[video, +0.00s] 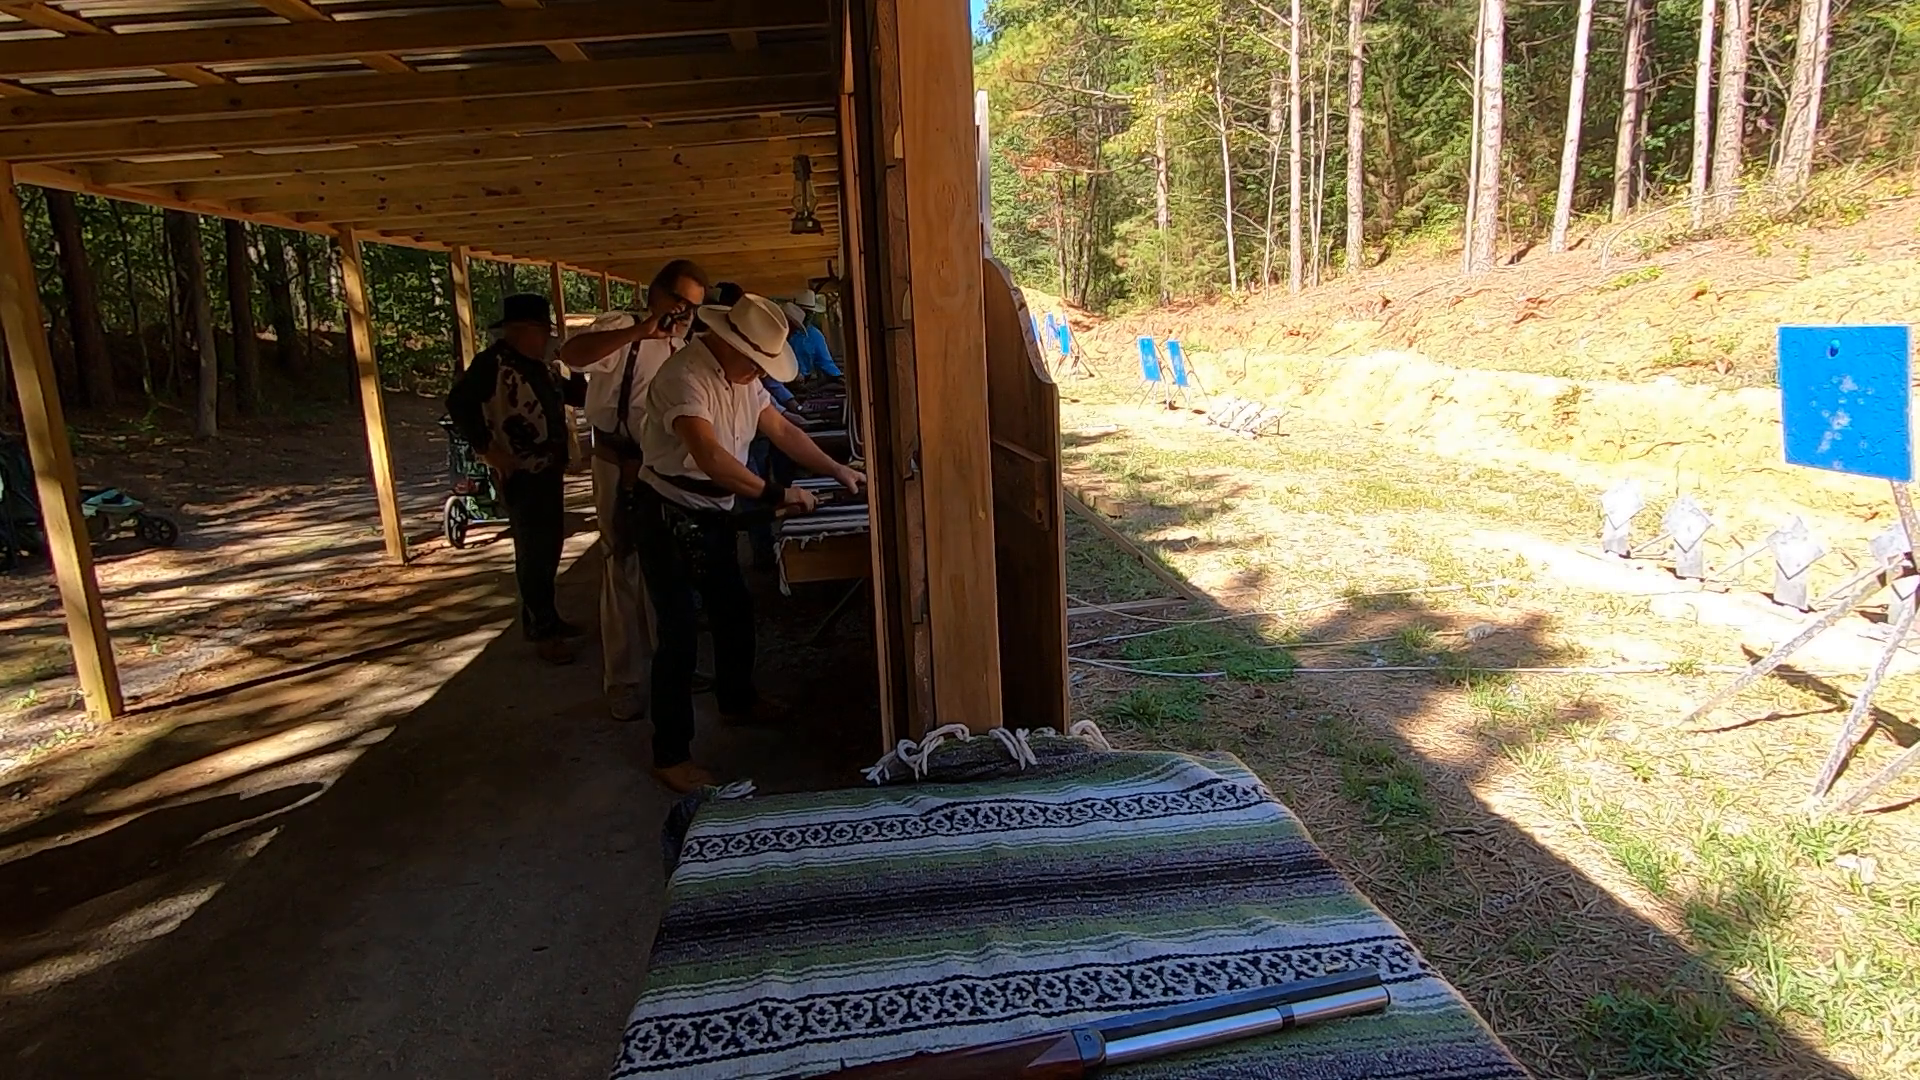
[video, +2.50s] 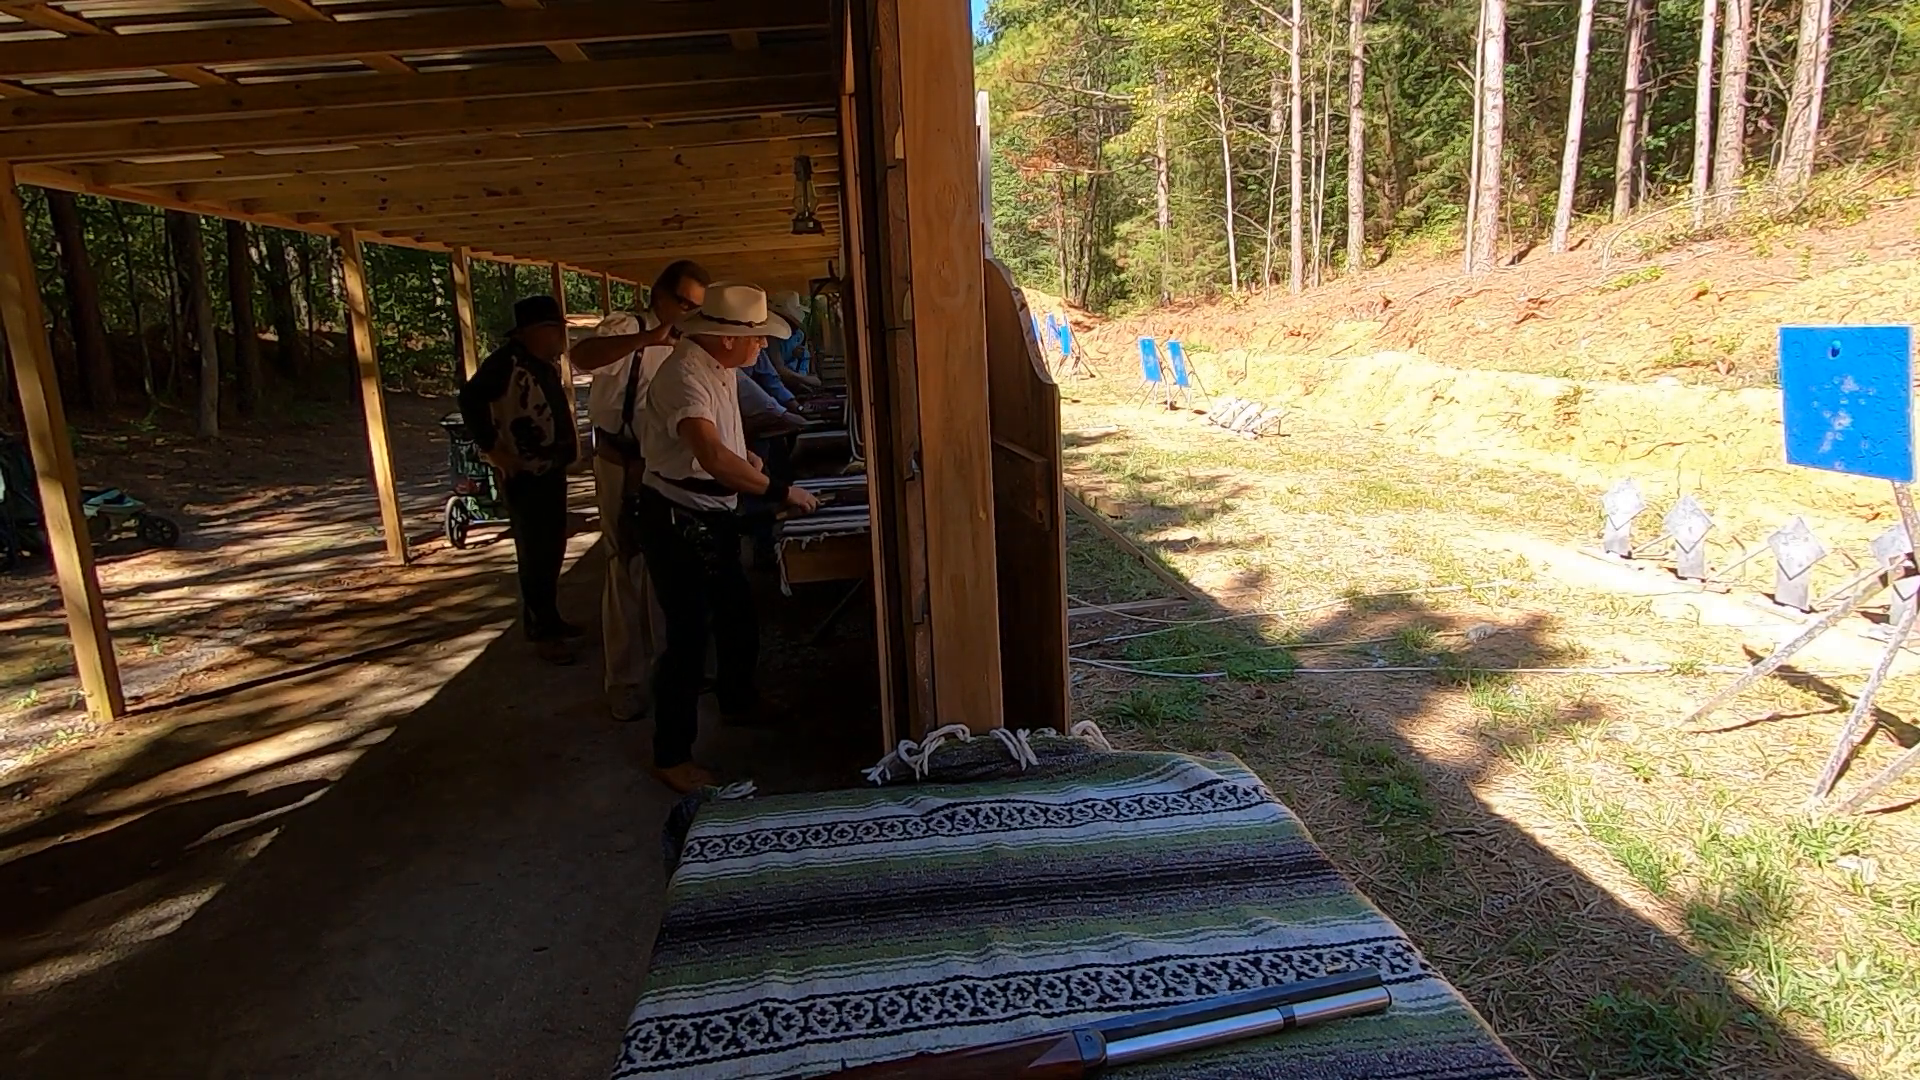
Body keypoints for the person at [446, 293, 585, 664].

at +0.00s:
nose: (548, 337)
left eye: (547, 330)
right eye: (542, 329)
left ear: (532, 330)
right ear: (520, 330)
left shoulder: (540, 367)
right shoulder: (492, 362)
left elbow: (573, 391)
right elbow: (460, 403)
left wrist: (609, 388)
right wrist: (487, 449)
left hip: (548, 470)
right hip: (520, 473)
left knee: (549, 547)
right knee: (533, 550)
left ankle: (547, 619)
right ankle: (540, 630)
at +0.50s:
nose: (557, 341)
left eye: (557, 333)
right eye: (552, 333)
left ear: (535, 331)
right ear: (531, 331)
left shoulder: (539, 363)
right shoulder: (502, 361)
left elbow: (546, 410)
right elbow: (466, 400)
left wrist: (562, 444)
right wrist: (490, 449)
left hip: (547, 471)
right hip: (522, 474)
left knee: (548, 547)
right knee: (534, 550)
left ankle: (547, 619)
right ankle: (540, 629)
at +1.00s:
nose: (560, 339)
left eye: (560, 331)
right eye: (555, 331)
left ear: (544, 332)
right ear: (535, 331)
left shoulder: (546, 364)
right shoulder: (506, 359)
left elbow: (552, 408)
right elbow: (469, 399)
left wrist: (565, 442)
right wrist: (493, 448)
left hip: (550, 472)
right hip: (524, 475)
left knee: (550, 550)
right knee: (535, 553)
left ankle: (548, 621)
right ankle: (541, 630)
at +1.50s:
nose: (562, 337)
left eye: (561, 330)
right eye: (556, 329)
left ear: (541, 331)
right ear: (535, 330)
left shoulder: (546, 365)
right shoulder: (505, 361)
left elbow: (553, 409)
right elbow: (467, 399)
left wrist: (566, 443)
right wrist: (491, 448)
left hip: (552, 472)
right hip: (525, 474)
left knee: (552, 550)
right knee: (536, 553)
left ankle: (549, 620)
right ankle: (540, 631)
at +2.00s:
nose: (559, 338)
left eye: (559, 330)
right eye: (553, 330)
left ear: (547, 332)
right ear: (531, 331)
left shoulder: (545, 364)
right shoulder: (504, 361)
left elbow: (550, 410)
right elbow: (467, 399)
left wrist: (564, 446)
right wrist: (490, 448)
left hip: (551, 472)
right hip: (525, 475)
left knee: (552, 550)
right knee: (536, 553)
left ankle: (549, 621)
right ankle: (541, 631)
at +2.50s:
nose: (563, 338)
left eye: (563, 330)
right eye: (557, 330)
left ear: (545, 332)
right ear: (534, 331)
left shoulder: (546, 365)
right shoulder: (507, 361)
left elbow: (550, 410)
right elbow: (470, 399)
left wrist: (565, 445)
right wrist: (491, 448)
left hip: (551, 472)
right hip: (525, 475)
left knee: (552, 550)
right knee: (536, 553)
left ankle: (549, 620)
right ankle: (541, 630)